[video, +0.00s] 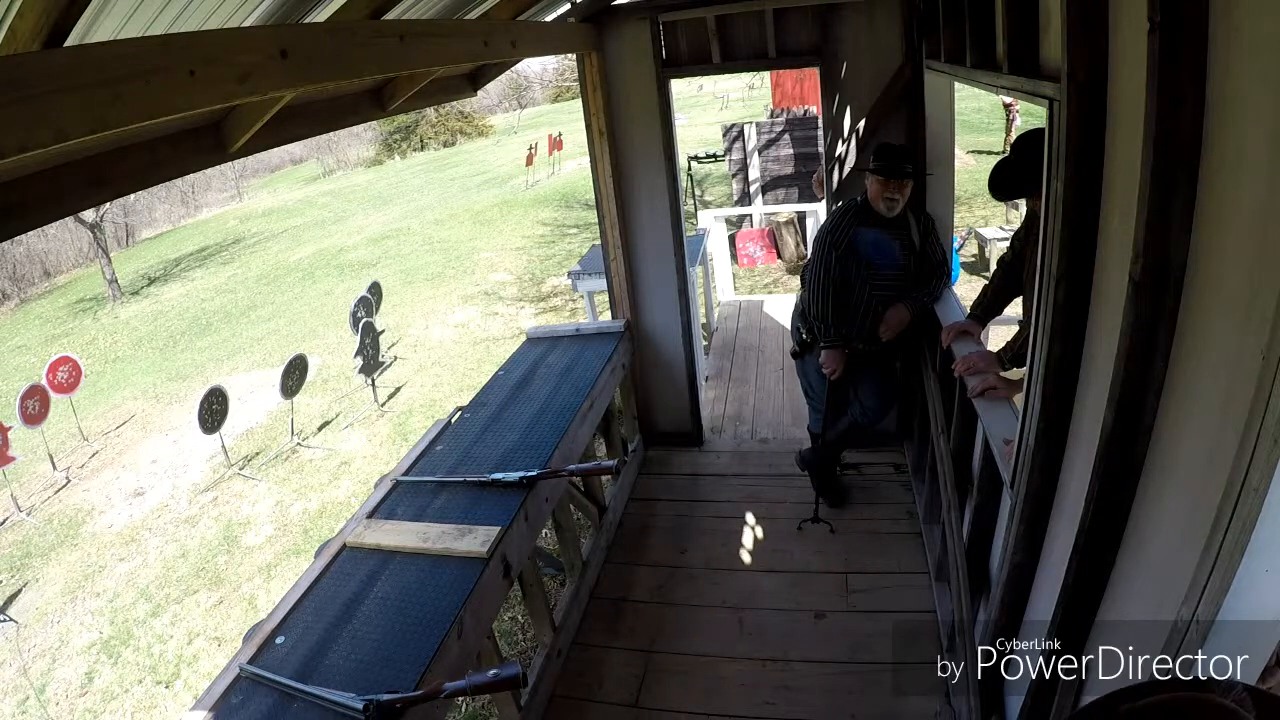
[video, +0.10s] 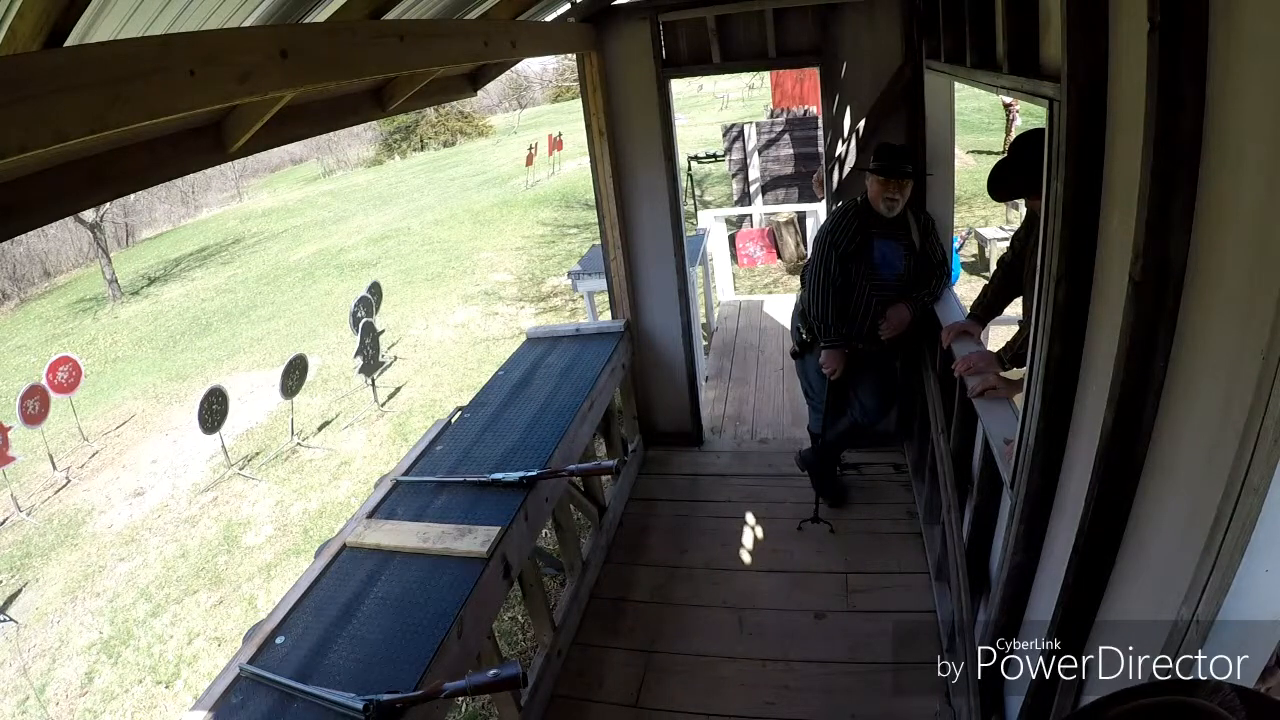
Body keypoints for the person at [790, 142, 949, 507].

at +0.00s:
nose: (894, 189)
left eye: (903, 181)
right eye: (885, 179)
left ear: (912, 185)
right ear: (868, 179)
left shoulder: (920, 224)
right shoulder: (844, 221)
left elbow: (939, 275)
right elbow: (818, 280)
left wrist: (909, 308)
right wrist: (830, 342)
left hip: (877, 337)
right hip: (825, 336)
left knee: (874, 409)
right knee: (827, 413)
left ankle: (818, 455)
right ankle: (827, 478)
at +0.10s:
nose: (893, 189)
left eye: (902, 181)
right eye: (885, 180)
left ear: (912, 185)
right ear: (869, 180)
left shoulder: (921, 224)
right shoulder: (845, 221)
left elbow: (939, 274)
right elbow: (820, 281)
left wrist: (910, 308)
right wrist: (831, 342)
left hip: (878, 335)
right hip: (826, 334)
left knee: (874, 410)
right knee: (827, 411)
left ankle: (817, 455)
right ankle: (827, 479)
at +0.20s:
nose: (893, 190)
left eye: (903, 181)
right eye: (885, 180)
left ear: (912, 185)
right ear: (869, 180)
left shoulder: (920, 224)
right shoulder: (845, 221)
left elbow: (940, 274)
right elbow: (820, 280)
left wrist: (911, 309)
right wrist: (831, 342)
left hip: (878, 336)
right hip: (826, 335)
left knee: (873, 411)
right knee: (827, 412)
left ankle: (817, 455)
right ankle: (827, 478)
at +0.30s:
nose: (893, 189)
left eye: (903, 181)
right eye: (885, 180)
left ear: (912, 185)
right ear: (869, 180)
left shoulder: (920, 224)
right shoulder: (845, 222)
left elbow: (937, 274)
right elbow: (820, 282)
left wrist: (908, 316)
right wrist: (831, 343)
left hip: (877, 336)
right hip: (825, 335)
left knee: (873, 410)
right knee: (827, 411)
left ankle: (817, 455)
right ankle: (827, 480)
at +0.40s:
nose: (893, 190)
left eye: (903, 181)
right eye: (885, 180)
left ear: (912, 185)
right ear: (869, 180)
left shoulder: (920, 224)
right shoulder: (845, 222)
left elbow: (938, 274)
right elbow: (820, 282)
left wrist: (908, 315)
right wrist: (831, 343)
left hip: (876, 335)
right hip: (825, 334)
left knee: (873, 409)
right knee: (827, 411)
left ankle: (817, 455)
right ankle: (827, 480)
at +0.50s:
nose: (894, 190)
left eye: (903, 181)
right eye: (885, 180)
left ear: (912, 185)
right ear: (869, 180)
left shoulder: (920, 224)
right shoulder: (845, 222)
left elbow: (938, 274)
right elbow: (820, 282)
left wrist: (909, 315)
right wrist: (831, 343)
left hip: (876, 335)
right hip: (825, 334)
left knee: (872, 409)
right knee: (827, 411)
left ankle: (817, 455)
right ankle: (827, 479)